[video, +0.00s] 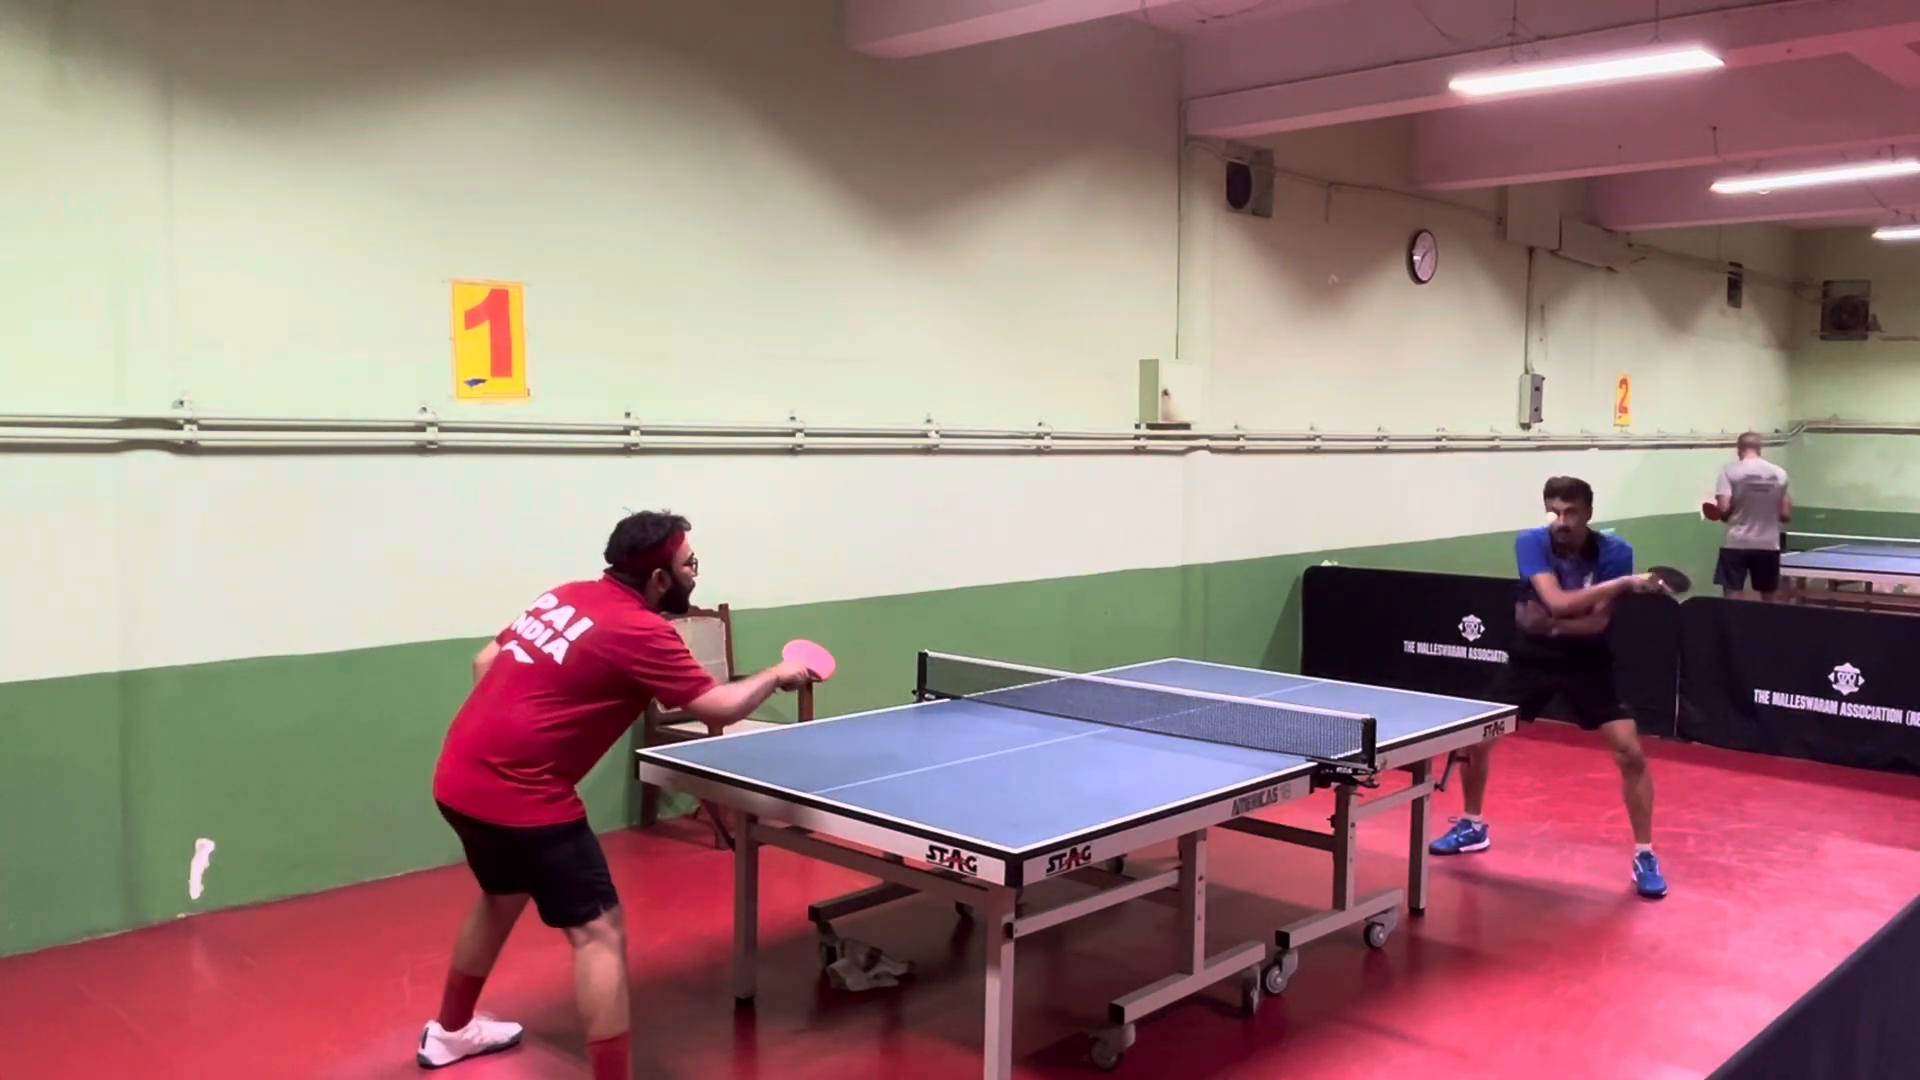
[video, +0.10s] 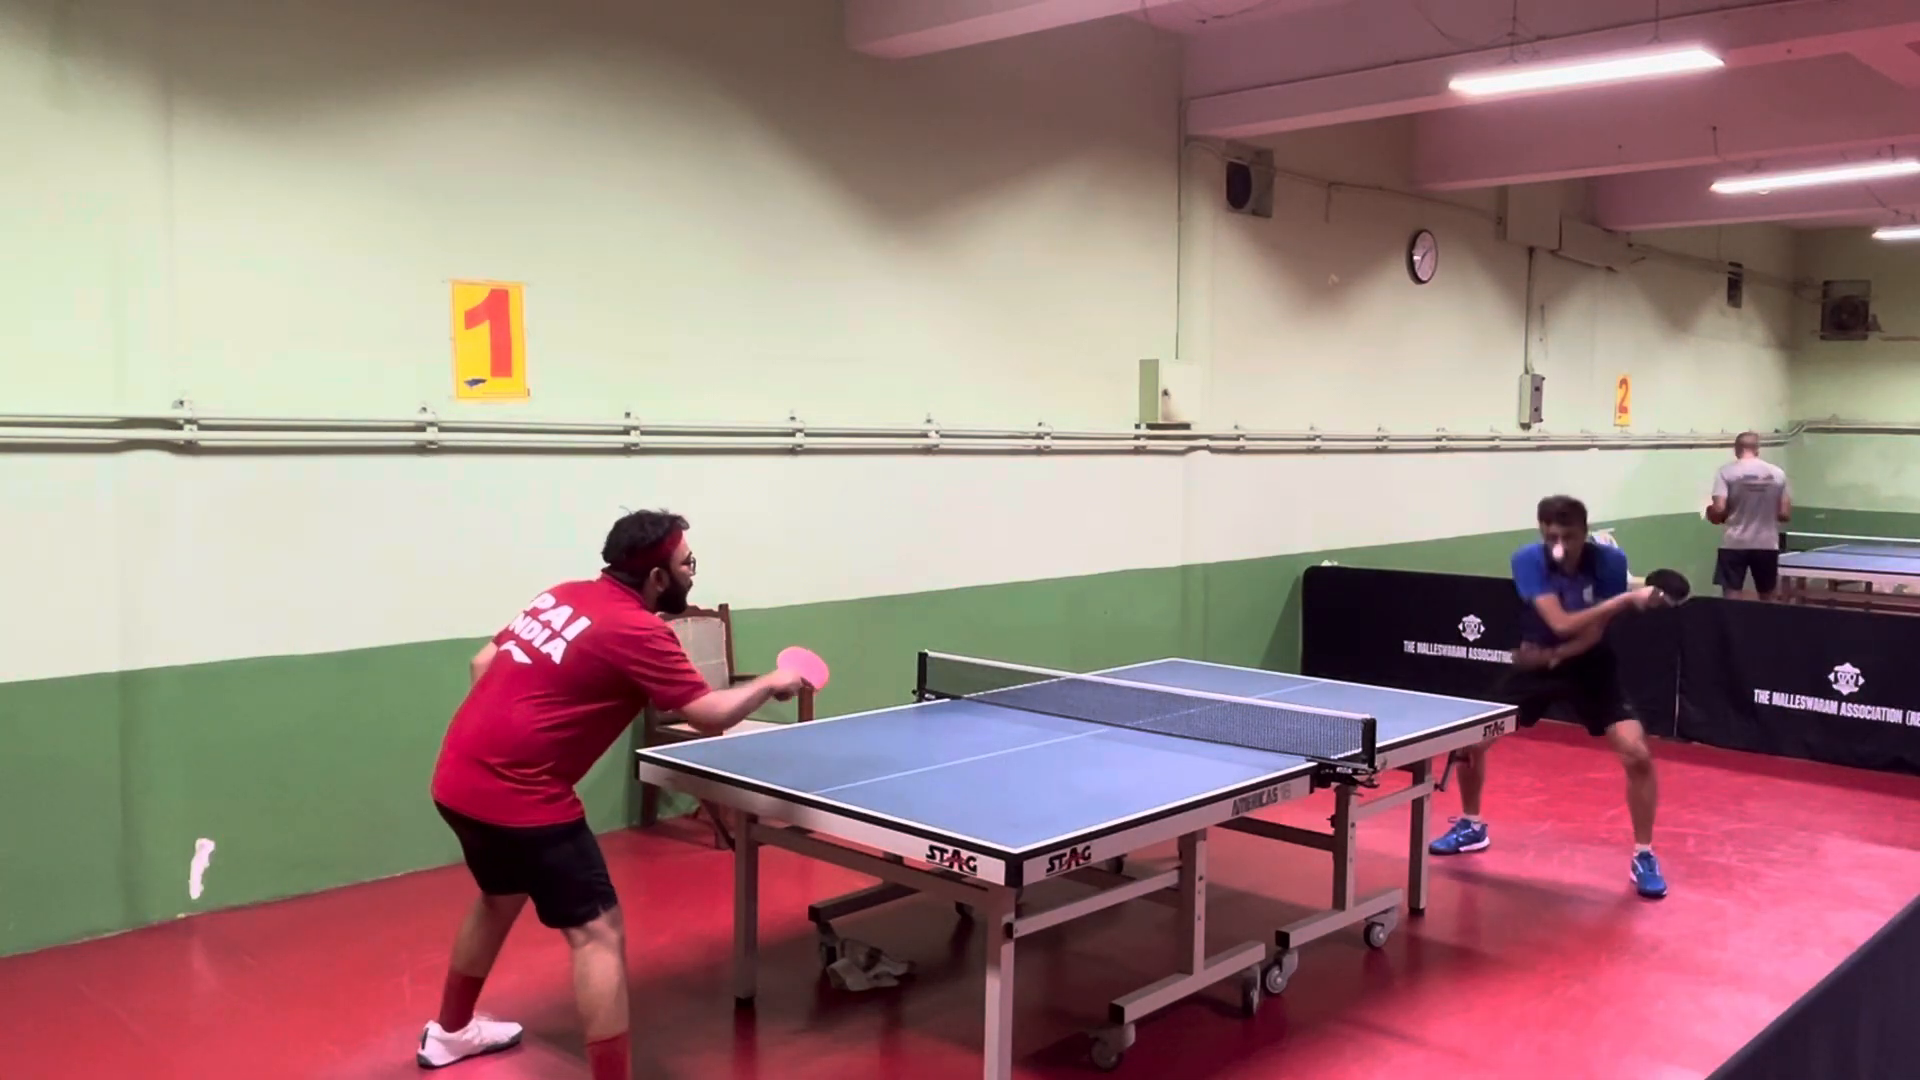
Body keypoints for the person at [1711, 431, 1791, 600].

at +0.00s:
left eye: (1739, 450)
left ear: (1739, 450)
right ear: (1760, 450)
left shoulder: (1729, 471)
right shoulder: (1779, 473)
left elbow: (1724, 507)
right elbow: (1785, 514)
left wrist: (1725, 517)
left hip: (1736, 546)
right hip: (1768, 547)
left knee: (1733, 601)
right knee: (1769, 601)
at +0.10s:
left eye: (1737, 449)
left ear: (1736, 449)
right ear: (1758, 450)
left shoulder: (1726, 472)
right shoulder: (1777, 473)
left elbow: (1720, 509)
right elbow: (1784, 514)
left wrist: (1712, 515)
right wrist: (1766, 510)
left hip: (1735, 546)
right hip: (1766, 546)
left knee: (1732, 602)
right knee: (1767, 601)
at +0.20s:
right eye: (1755, 448)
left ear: (1736, 450)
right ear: (1758, 450)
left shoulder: (1724, 472)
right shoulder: (1776, 473)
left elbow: (1717, 509)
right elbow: (1783, 514)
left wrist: (1720, 522)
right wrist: (1764, 512)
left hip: (1734, 545)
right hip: (1766, 545)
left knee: (1732, 600)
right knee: (1767, 600)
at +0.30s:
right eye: (1756, 449)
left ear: (1737, 450)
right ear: (1759, 451)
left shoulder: (1723, 472)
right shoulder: (1776, 473)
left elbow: (1714, 508)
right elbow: (1782, 515)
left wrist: (1727, 518)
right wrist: (1765, 519)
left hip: (1733, 545)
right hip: (1766, 545)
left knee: (1732, 600)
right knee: (1767, 600)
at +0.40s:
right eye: (1761, 451)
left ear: (1740, 452)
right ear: (1761, 452)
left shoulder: (1725, 471)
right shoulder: (1776, 475)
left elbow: (1714, 507)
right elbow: (1783, 516)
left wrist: (1727, 518)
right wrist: (1775, 534)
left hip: (1734, 544)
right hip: (1766, 544)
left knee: (1732, 599)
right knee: (1766, 600)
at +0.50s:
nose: (1769, 458)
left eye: (1769, 455)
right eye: (1769, 455)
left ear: (1745, 454)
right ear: (1766, 455)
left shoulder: (1727, 471)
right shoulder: (1778, 478)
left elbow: (1715, 505)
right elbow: (1789, 523)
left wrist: (1729, 519)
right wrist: (1783, 542)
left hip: (1733, 544)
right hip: (1765, 546)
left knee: (1732, 599)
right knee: (1766, 600)